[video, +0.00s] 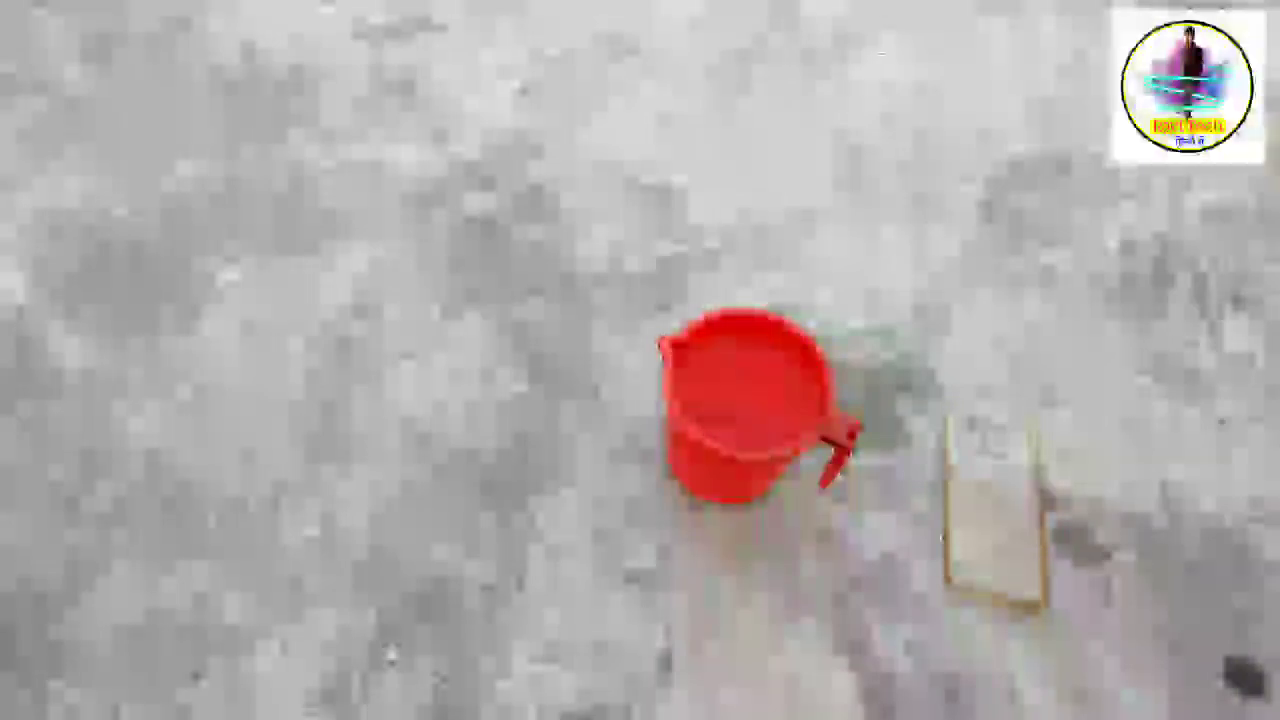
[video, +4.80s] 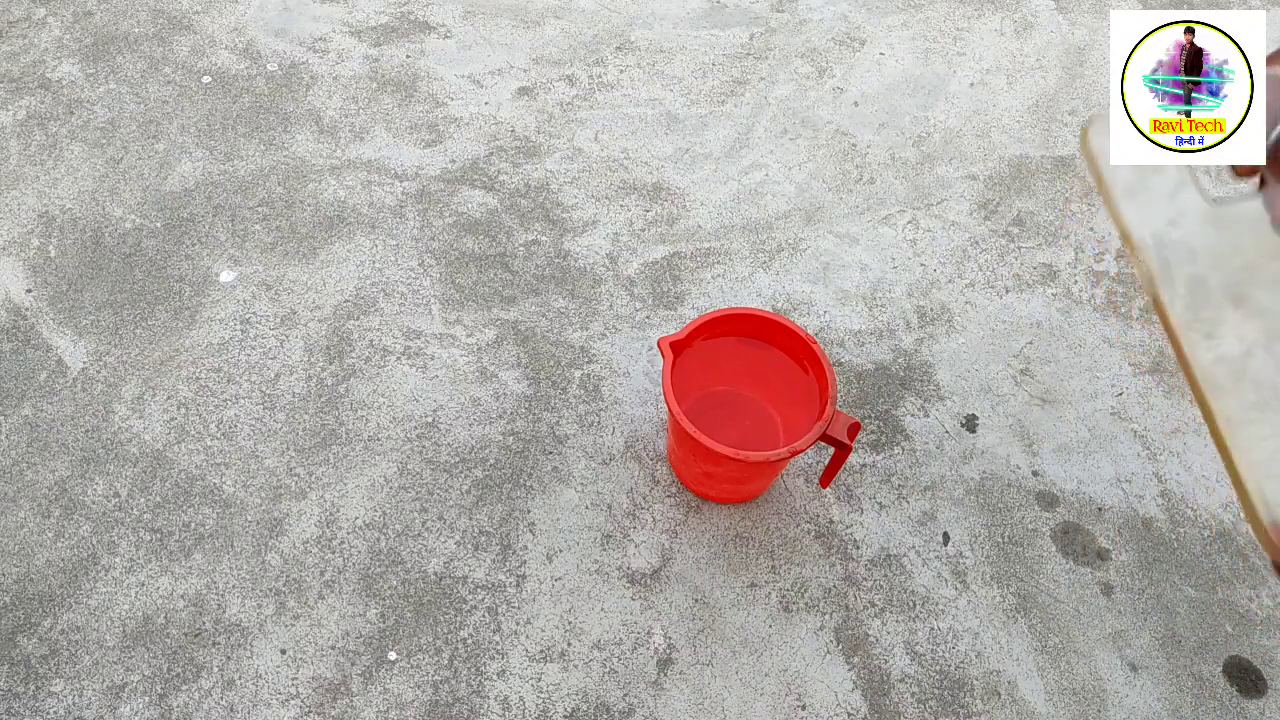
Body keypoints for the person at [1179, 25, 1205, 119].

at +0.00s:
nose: (1189, 38)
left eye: (1191, 35)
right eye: (1187, 35)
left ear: (1194, 36)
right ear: (1184, 36)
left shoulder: (1198, 50)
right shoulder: (1182, 50)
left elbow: (1200, 64)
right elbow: (1176, 62)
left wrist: (1198, 74)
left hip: (1194, 75)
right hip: (1184, 74)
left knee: (1191, 93)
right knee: (1185, 93)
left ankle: (1189, 111)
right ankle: (1186, 112)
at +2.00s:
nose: (1188, 38)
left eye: (1190, 35)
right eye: (1187, 35)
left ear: (1193, 36)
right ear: (1184, 36)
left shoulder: (1197, 49)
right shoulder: (1181, 49)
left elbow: (1199, 63)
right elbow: (1176, 61)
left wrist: (1198, 73)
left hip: (1193, 74)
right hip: (1183, 73)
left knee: (1191, 92)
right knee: (1185, 92)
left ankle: (1189, 111)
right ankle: (1186, 111)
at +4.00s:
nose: (1187, 37)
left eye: (1189, 35)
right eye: (1185, 35)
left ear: (1193, 36)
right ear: (1183, 36)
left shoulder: (1197, 50)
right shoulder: (1183, 48)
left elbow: (1199, 67)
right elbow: (1182, 62)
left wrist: (1194, 81)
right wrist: (1181, 72)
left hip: (1191, 76)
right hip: (1183, 75)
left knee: (1187, 97)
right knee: (1185, 96)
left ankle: (1188, 116)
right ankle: (1186, 113)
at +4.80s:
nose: (1187, 37)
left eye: (1189, 35)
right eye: (1185, 35)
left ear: (1193, 36)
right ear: (1183, 36)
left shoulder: (1197, 50)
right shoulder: (1183, 48)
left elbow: (1198, 67)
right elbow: (1182, 62)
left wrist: (1194, 81)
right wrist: (1181, 73)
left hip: (1190, 76)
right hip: (1183, 75)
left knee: (1187, 98)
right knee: (1185, 97)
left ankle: (1188, 117)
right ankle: (1186, 114)